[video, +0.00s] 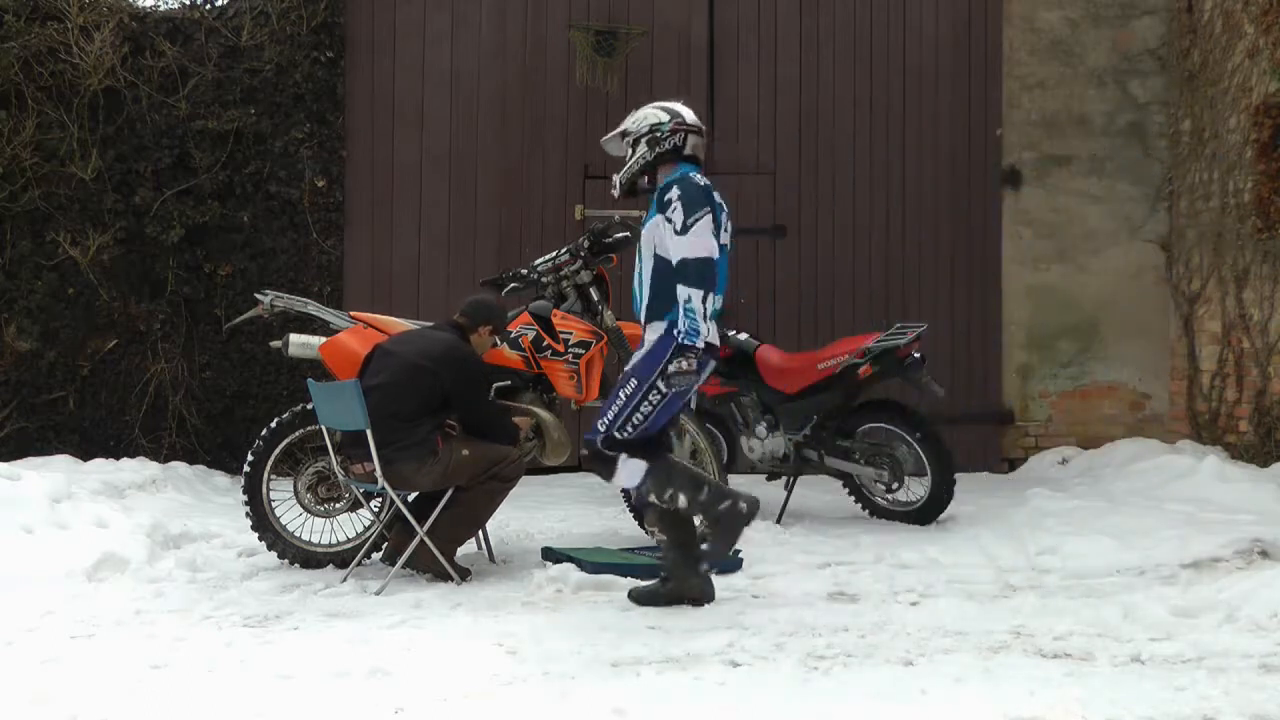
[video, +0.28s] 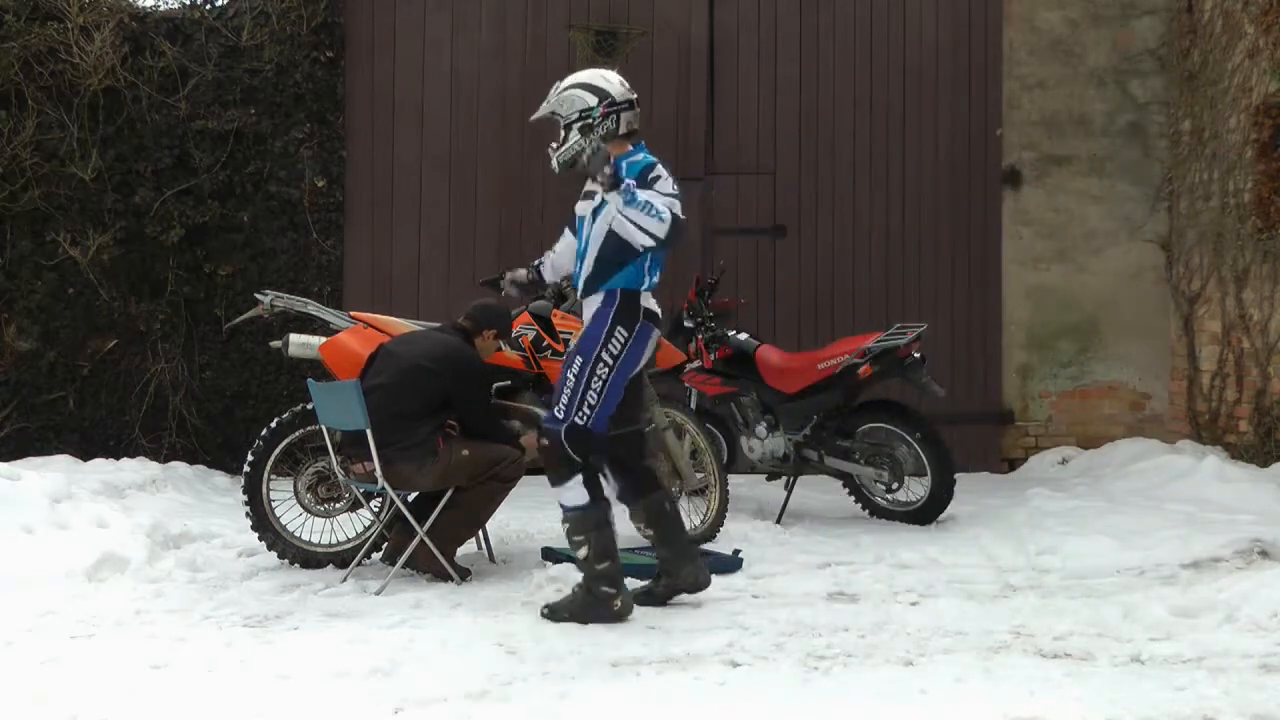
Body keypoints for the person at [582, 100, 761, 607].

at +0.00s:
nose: (626, 158)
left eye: (631, 147)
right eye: (626, 147)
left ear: (654, 143)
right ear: (674, 145)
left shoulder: (680, 190)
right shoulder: (703, 196)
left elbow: (695, 269)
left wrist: (687, 347)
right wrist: (629, 233)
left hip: (671, 346)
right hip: (689, 348)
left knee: (601, 448)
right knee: (647, 448)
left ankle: (718, 507)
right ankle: (684, 573)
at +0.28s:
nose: (562, 137)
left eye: (567, 126)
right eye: (561, 128)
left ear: (597, 122)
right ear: (600, 123)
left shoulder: (648, 171)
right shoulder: (602, 182)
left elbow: (654, 230)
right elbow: (575, 245)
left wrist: (607, 179)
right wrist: (534, 277)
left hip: (626, 317)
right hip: (604, 316)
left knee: (559, 439)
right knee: (618, 447)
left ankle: (603, 585)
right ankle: (681, 561)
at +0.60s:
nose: (486, 144)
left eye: (489, 132)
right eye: (484, 134)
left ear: (511, 125)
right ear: (542, 122)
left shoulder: (534, 166)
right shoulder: (578, 170)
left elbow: (480, 199)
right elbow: (632, 244)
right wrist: (619, 304)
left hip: (564, 317)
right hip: (543, 316)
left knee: (541, 450)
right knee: (467, 410)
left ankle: (604, 586)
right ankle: (527, 526)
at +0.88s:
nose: (443, 148)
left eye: (444, 136)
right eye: (445, 138)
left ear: (457, 126)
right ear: (501, 128)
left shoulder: (490, 174)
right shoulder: (519, 171)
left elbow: (502, 258)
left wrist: (477, 335)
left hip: (486, 331)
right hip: (513, 332)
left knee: (392, 424)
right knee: (477, 442)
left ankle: (490, 502)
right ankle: (511, 579)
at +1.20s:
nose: (381, 121)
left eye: (385, 111)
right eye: (383, 111)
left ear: (401, 114)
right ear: (440, 118)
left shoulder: (431, 167)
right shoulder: (450, 171)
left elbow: (405, 216)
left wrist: (345, 148)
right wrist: (353, 161)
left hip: (427, 314)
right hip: (440, 314)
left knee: (375, 448)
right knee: (392, 445)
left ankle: (413, 597)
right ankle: (477, 543)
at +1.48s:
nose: (344, 116)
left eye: (344, 108)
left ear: (345, 110)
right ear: (405, 108)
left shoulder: (344, 156)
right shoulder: (434, 169)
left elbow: (269, 191)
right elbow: (483, 232)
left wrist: (228, 206)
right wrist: (516, 276)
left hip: (366, 306)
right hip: (399, 310)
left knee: (353, 448)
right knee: (311, 428)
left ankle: (408, 593)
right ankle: (338, 569)